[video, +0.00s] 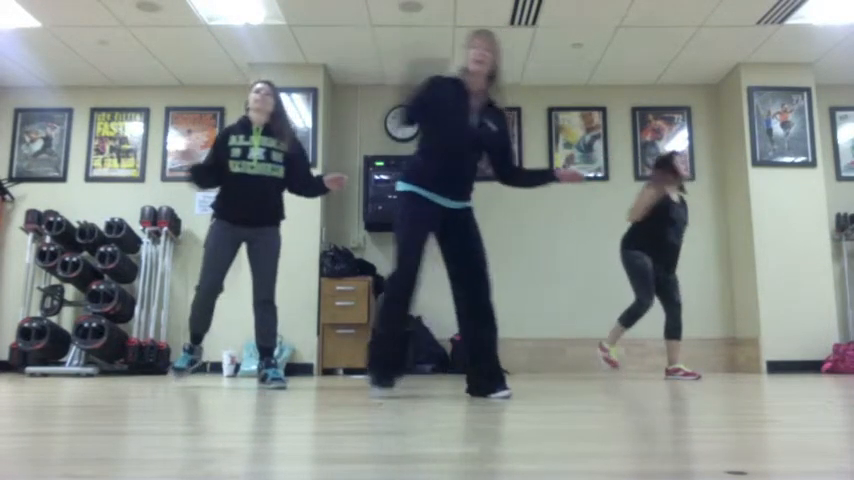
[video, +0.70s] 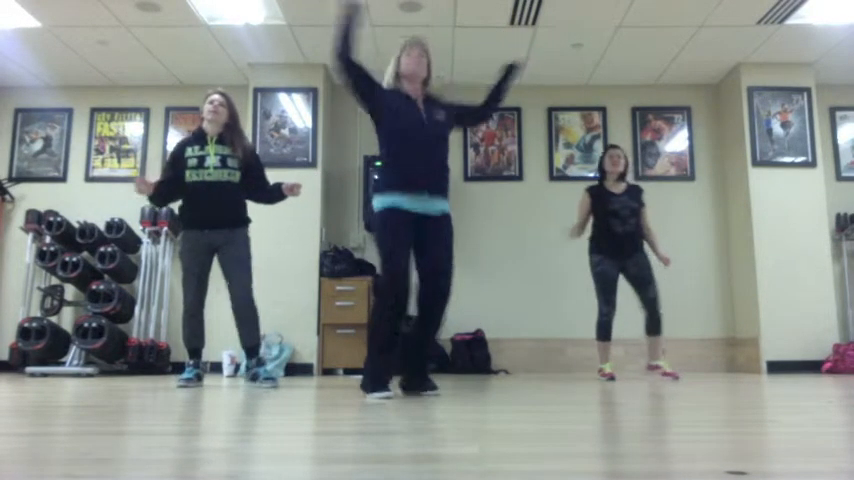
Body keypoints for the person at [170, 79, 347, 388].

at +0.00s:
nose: (261, 96)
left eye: (268, 93)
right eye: (256, 91)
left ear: (276, 105)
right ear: (247, 100)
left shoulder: (287, 141)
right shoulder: (230, 135)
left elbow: (298, 184)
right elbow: (210, 178)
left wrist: (323, 184)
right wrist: (193, 165)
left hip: (265, 227)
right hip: (227, 223)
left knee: (265, 297)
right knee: (207, 287)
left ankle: (267, 363)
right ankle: (193, 349)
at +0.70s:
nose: (214, 106)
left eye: (221, 104)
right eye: (210, 102)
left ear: (230, 115)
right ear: (202, 111)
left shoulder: (242, 150)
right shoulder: (186, 148)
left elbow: (256, 191)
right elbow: (171, 191)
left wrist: (281, 190)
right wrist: (153, 191)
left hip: (233, 234)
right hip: (195, 234)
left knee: (243, 296)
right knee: (192, 300)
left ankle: (254, 362)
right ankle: (194, 365)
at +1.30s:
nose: (235, 111)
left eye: (241, 108)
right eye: (231, 107)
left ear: (251, 118)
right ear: (222, 115)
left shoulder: (267, 152)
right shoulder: (205, 148)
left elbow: (305, 151)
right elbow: (165, 126)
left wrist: (297, 115)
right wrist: (159, 86)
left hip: (259, 232)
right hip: (221, 232)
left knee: (256, 300)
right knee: (211, 300)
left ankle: (254, 365)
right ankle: (198, 365)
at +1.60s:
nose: (242, 112)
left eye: (248, 109)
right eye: (237, 108)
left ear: (258, 116)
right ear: (230, 114)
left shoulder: (275, 151)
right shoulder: (212, 145)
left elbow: (315, 145)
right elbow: (174, 124)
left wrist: (310, 110)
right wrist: (168, 84)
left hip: (262, 233)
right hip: (225, 232)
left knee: (258, 300)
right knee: (216, 299)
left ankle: (255, 365)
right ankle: (210, 364)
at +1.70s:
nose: (242, 113)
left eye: (248, 110)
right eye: (238, 109)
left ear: (259, 117)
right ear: (231, 114)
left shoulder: (275, 150)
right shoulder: (212, 145)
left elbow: (315, 146)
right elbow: (173, 124)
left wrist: (310, 111)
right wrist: (168, 84)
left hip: (260, 233)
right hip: (223, 232)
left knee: (257, 300)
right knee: (215, 299)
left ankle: (254, 365)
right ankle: (210, 364)